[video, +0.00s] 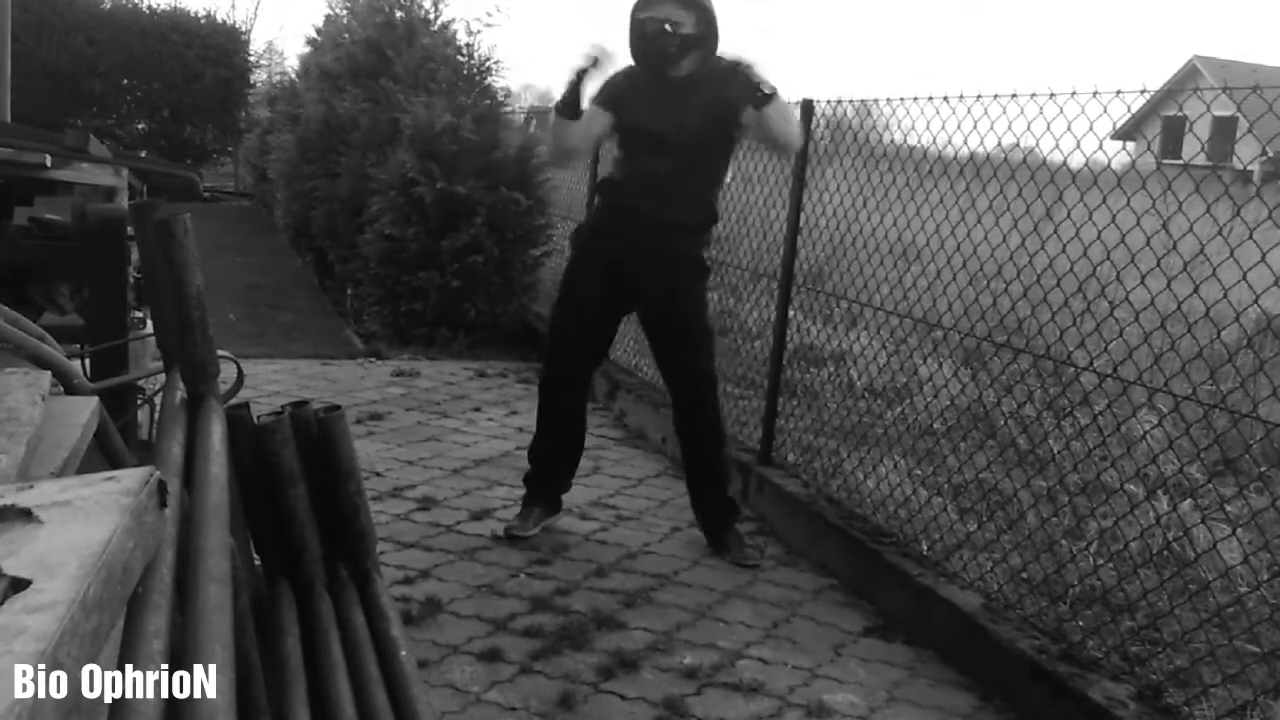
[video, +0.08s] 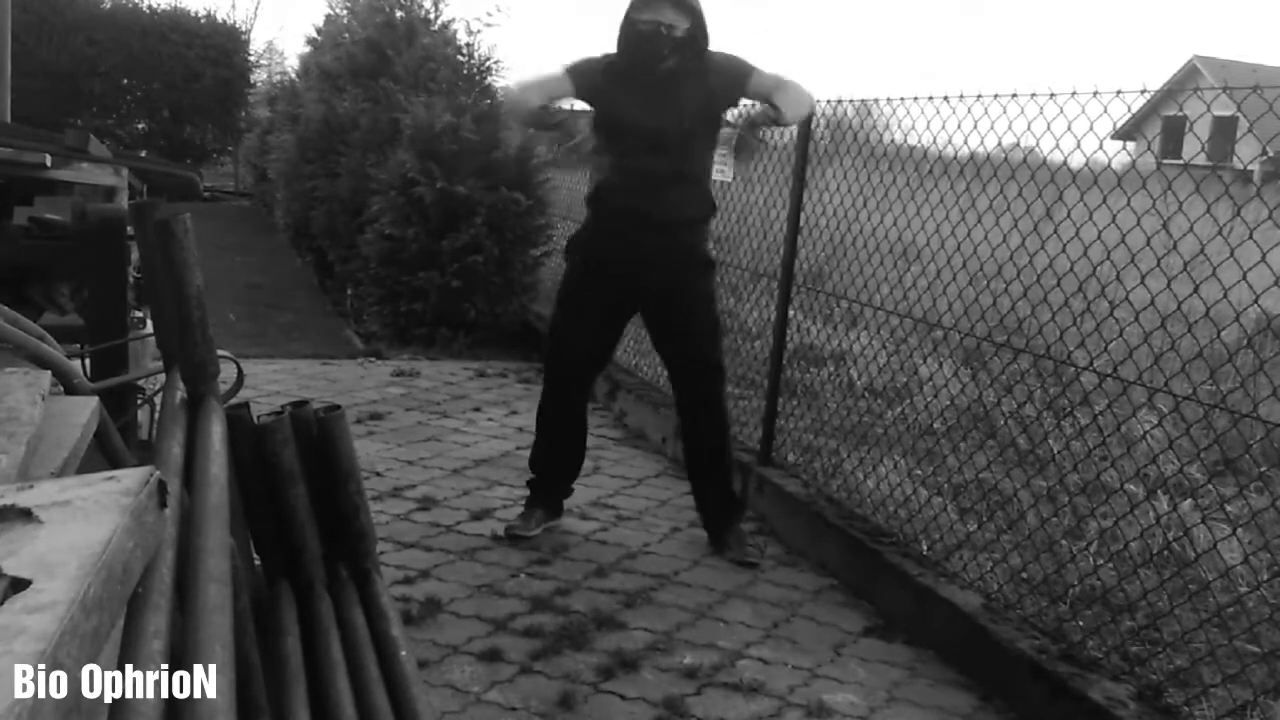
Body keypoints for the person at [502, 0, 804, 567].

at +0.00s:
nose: (661, 35)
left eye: (675, 24)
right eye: (649, 24)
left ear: (701, 33)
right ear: (636, 30)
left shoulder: (727, 84)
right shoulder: (626, 84)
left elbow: (792, 141)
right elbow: (563, 151)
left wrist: (760, 90)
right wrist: (572, 92)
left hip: (675, 259)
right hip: (605, 251)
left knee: (696, 393)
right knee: (563, 373)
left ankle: (720, 524)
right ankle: (541, 498)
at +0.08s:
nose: (658, 38)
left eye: (672, 28)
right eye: (647, 24)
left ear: (693, 32)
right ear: (628, 25)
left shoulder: (717, 75)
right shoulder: (605, 74)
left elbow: (799, 99)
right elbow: (514, 99)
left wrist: (764, 116)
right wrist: (549, 120)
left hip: (681, 257)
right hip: (605, 250)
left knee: (702, 393)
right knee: (565, 378)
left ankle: (724, 525)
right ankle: (544, 502)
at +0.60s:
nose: (643, 41)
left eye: (657, 29)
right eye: (631, 31)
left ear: (684, 35)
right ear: (619, 36)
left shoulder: (719, 78)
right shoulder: (614, 74)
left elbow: (655, 98)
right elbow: (557, 91)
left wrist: (603, 92)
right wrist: (538, 104)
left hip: (682, 255)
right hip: (608, 248)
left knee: (707, 387)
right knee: (571, 375)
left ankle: (725, 520)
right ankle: (542, 499)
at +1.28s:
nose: (645, 48)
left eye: (658, 39)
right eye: (633, 35)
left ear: (676, 43)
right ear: (609, 35)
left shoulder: (688, 77)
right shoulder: (586, 77)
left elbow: (681, 108)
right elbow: (590, 109)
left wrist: (651, 126)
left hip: (690, 254)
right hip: (616, 251)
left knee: (725, 377)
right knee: (578, 377)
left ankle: (735, 518)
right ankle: (546, 502)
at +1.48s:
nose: (655, 51)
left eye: (664, 39)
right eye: (648, 42)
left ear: (696, 35)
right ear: (646, 39)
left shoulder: (742, 75)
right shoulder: (648, 81)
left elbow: (702, 62)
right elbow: (610, 74)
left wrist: (700, 9)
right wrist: (614, 8)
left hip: (683, 255)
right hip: (615, 246)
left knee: (700, 392)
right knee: (576, 375)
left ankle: (724, 523)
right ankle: (541, 497)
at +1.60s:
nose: (669, 66)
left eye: (682, 55)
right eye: (660, 55)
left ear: (712, 52)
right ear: (652, 58)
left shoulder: (750, 103)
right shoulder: (652, 102)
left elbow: (737, 151)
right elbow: (612, 171)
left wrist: (734, 83)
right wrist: (617, 105)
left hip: (680, 267)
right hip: (616, 253)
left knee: (694, 399)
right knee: (566, 370)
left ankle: (723, 525)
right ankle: (544, 497)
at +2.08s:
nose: (663, 59)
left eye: (675, 50)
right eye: (653, 46)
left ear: (687, 53)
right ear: (629, 39)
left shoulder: (675, 107)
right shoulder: (595, 78)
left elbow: (702, 182)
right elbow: (563, 117)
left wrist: (722, 132)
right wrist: (539, 154)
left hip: (684, 262)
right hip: (615, 261)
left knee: (718, 385)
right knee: (581, 386)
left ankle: (734, 520)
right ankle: (546, 503)